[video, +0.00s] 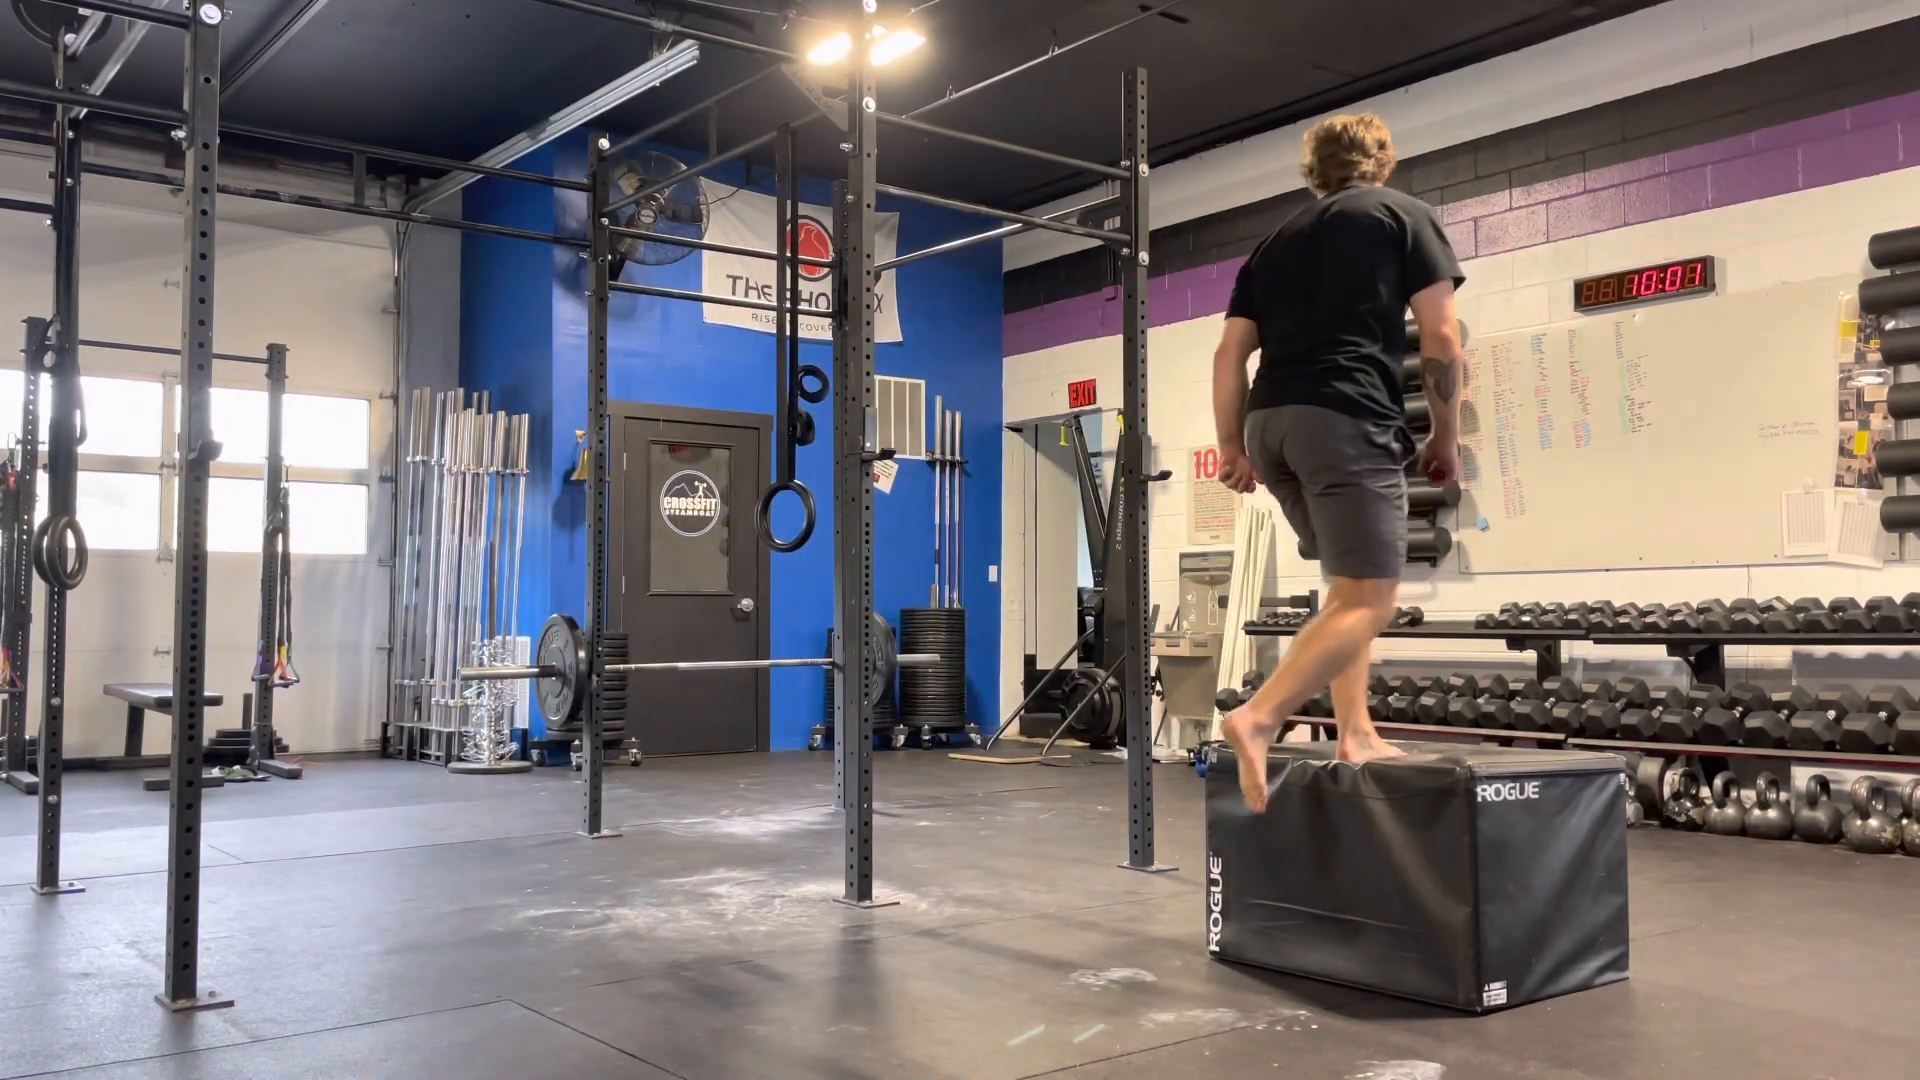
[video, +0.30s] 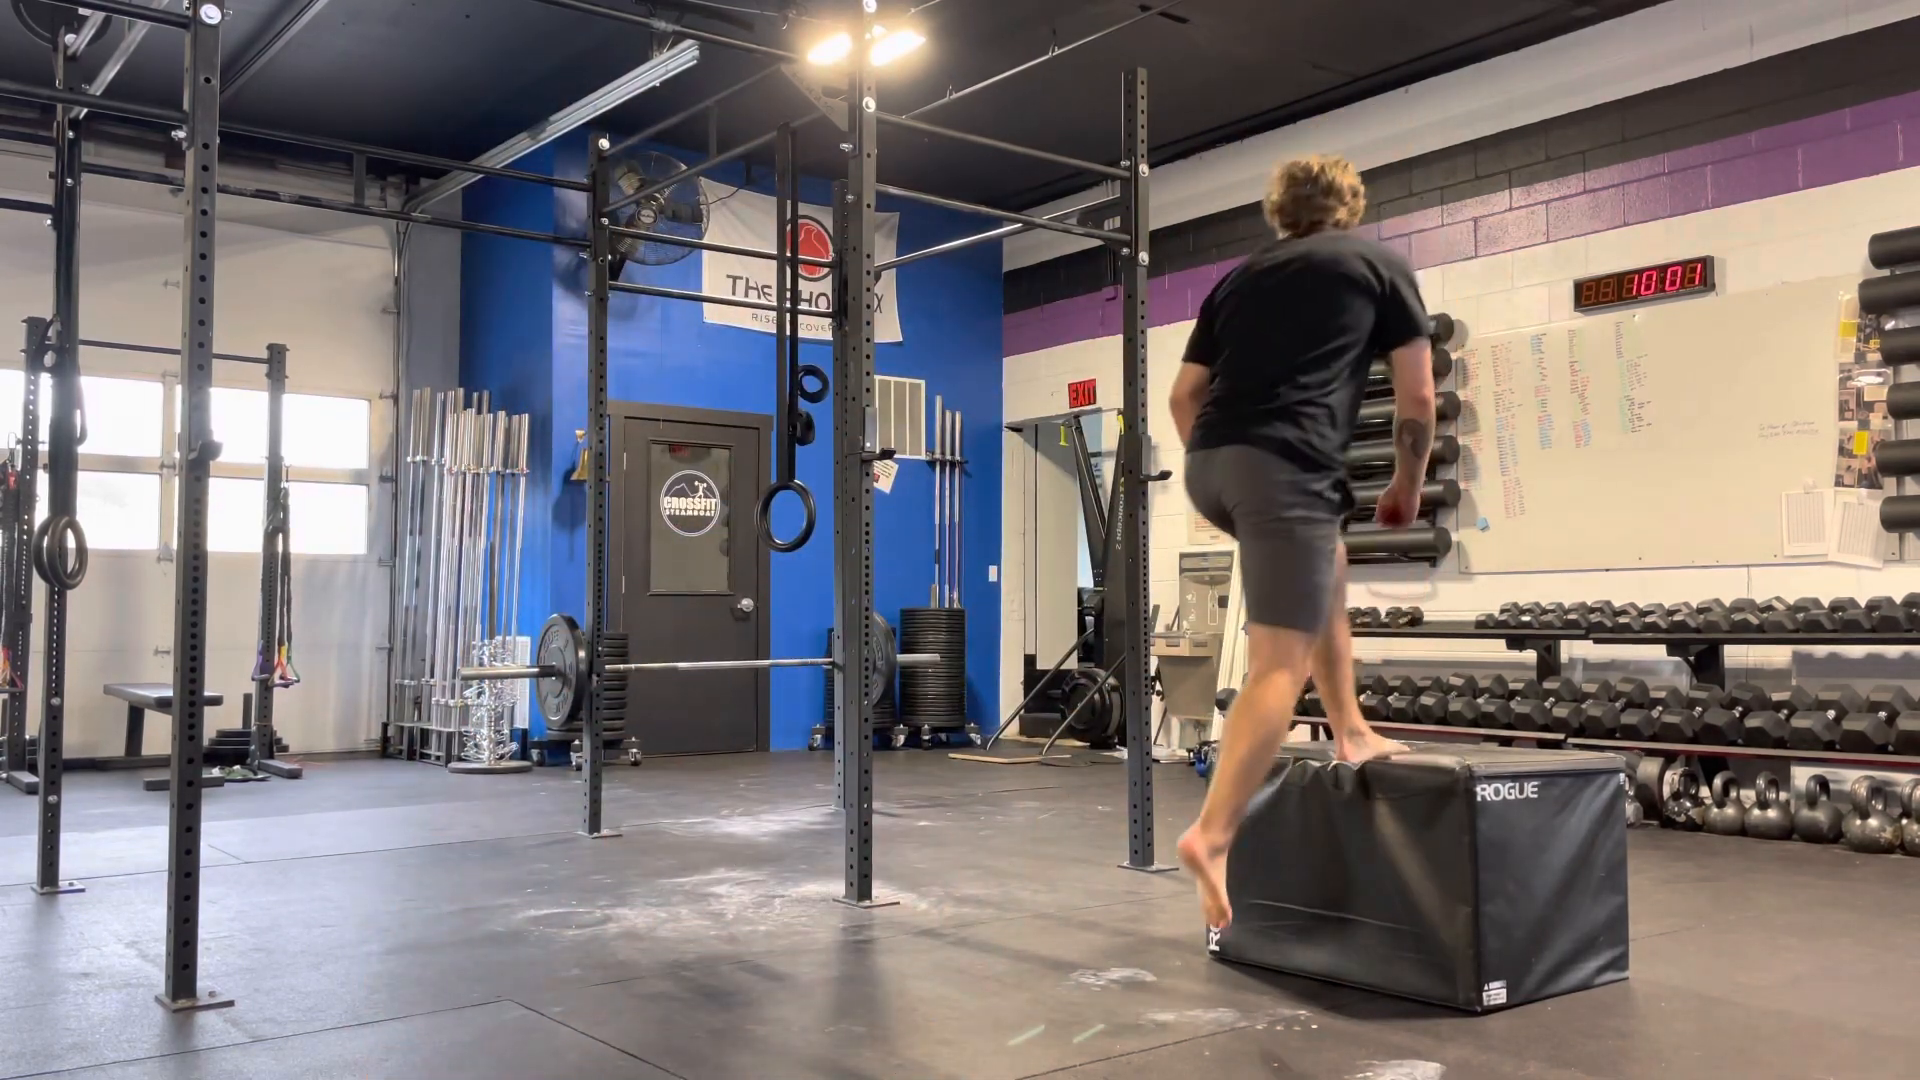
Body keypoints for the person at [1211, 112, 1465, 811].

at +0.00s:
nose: (1394, 173)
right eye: (1391, 164)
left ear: (1313, 173)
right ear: (1384, 167)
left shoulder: (1276, 240)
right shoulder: (1405, 215)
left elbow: (1231, 350)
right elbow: (1441, 339)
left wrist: (1231, 442)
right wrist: (1445, 438)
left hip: (1266, 419)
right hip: (1343, 415)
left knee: (1345, 581)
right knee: (1369, 597)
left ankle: (1356, 738)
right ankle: (1254, 719)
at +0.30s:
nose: (1361, 219)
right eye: (1358, 209)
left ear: (1278, 219)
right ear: (1352, 214)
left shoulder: (1240, 279)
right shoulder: (1378, 264)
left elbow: (1184, 397)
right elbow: (1418, 402)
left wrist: (1217, 472)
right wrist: (1405, 489)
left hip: (1207, 464)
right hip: (1286, 465)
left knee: (1322, 550)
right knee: (1279, 668)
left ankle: (1349, 730)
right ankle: (1209, 837)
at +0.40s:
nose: (1339, 247)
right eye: (1336, 237)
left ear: (1253, 248)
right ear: (1330, 243)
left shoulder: (1214, 311)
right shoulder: (1356, 299)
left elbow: (1150, 424)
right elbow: (1405, 435)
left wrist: (1185, 478)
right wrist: (1392, 512)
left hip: (1183, 507)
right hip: (1265, 516)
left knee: (1309, 558)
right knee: (1246, 720)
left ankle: (1347, 728)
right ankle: (1194, 904)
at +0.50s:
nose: (1307, 282)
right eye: (1303, 272)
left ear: (1219, 281)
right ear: (1296, 279)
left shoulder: (1176, 354)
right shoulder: (1321, 347)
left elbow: (1112, 464)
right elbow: (1387, 482)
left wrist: (1156, 531)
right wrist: (1375, 548)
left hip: (1150, 570)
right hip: (1234, 584)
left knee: (1292, 577)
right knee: (1229, 791)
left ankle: (1348, 729)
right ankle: (1161, 979)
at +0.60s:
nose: (1268, 306)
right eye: (1263, 295)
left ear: (1176, 308)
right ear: (1256, 304)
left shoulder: (1125, 391)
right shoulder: (1274, 384)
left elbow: (1068, 507)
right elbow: (1351, 518)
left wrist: (1092, 589)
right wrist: (1361, 583)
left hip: (1126, 628)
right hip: (1213, 632)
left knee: (1249, 578)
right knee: (1216, 839)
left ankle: (1335, 725)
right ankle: (1139, 1013)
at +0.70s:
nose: (1225, 288)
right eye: (1220, 277)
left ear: (1129, 290)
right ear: (1213, 285)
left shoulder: (1077, 381)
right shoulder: (1240, 375)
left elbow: (1038, 501)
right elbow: (1301, 517)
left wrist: (1037, 608)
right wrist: (1328, 607)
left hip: (1094, 619)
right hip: (1186, 627)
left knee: (1220, 620)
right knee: (1197, 829)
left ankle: (1293, 727)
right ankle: (1138, 1011)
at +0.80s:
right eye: (1171, 249)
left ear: (1083, 266)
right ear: (1171, 260)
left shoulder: (1035, 360)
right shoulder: (1207, 348)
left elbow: (999, 477)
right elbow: (1252, 493)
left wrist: (986, 586)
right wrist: (1275, 608)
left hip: (1060, 601)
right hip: (1159, 608)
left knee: (1153, 687)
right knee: (1171, 810)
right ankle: (1138, 1008)